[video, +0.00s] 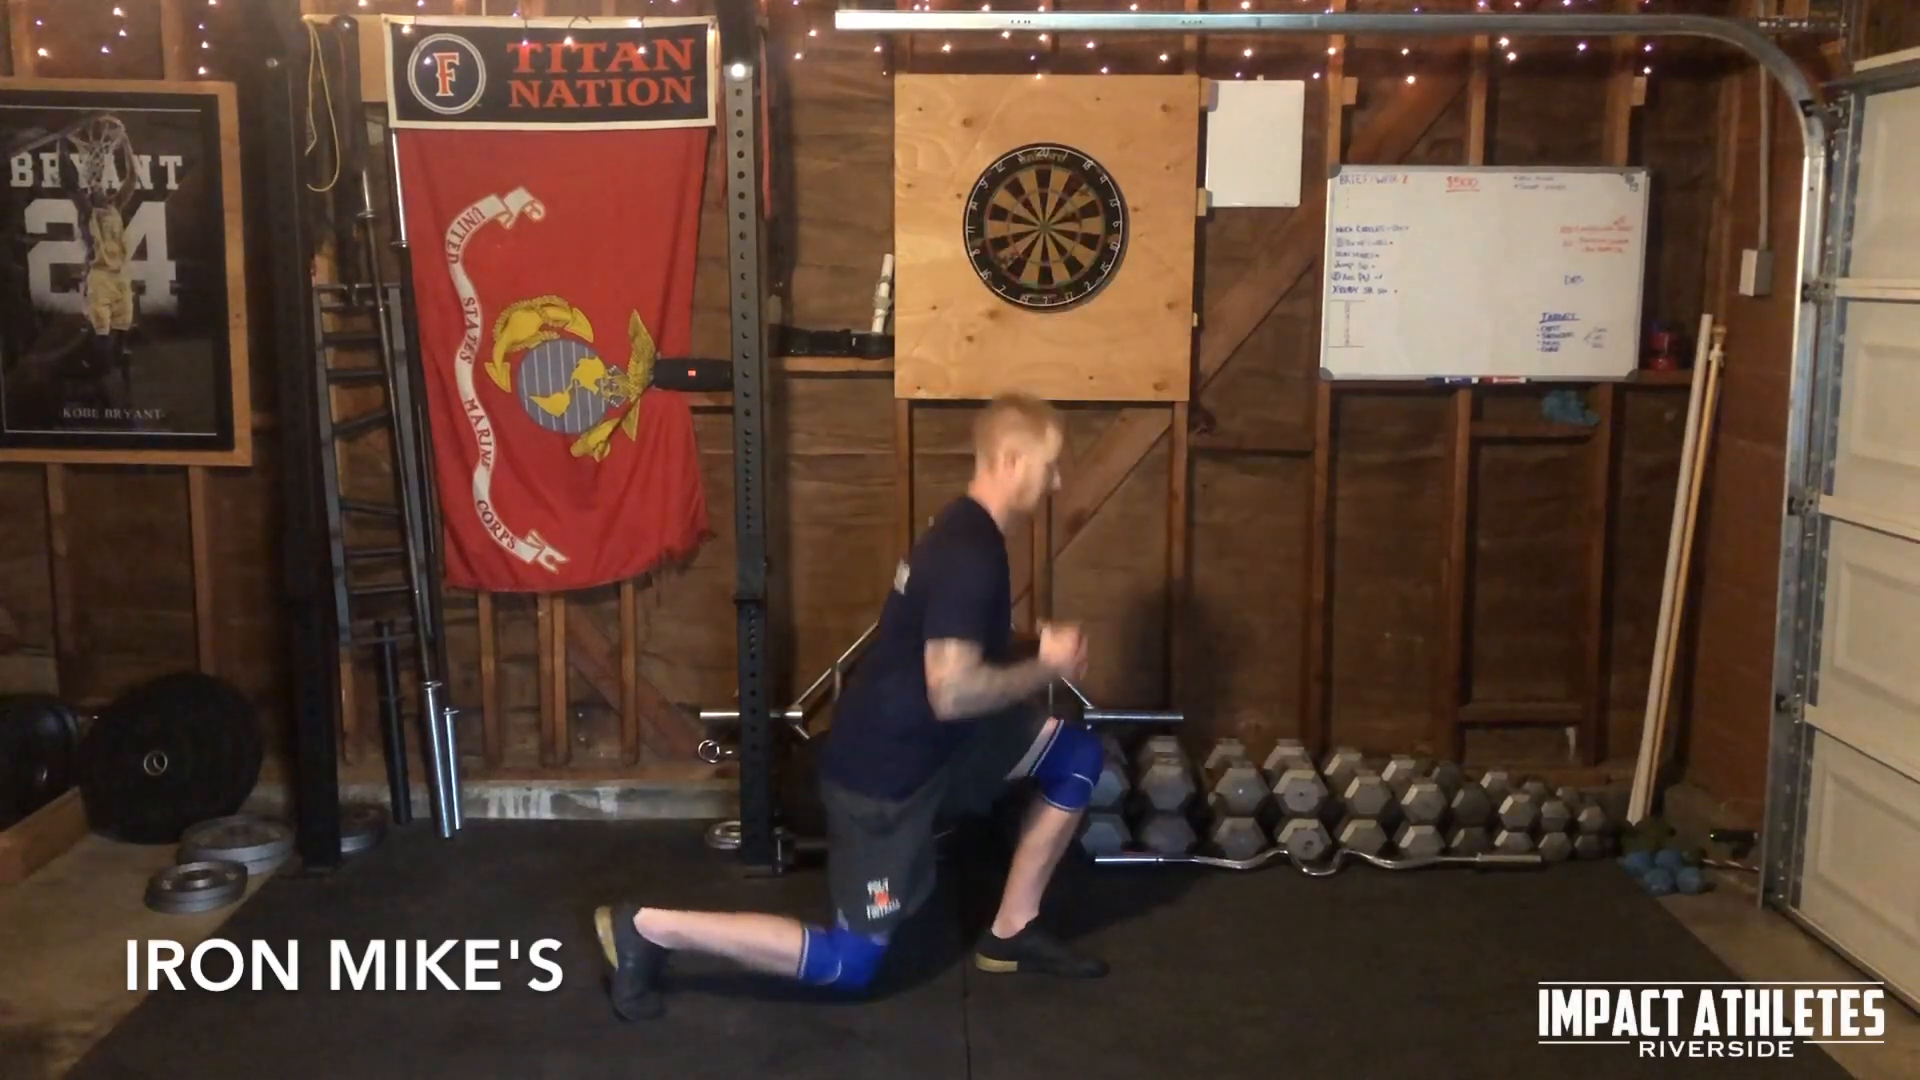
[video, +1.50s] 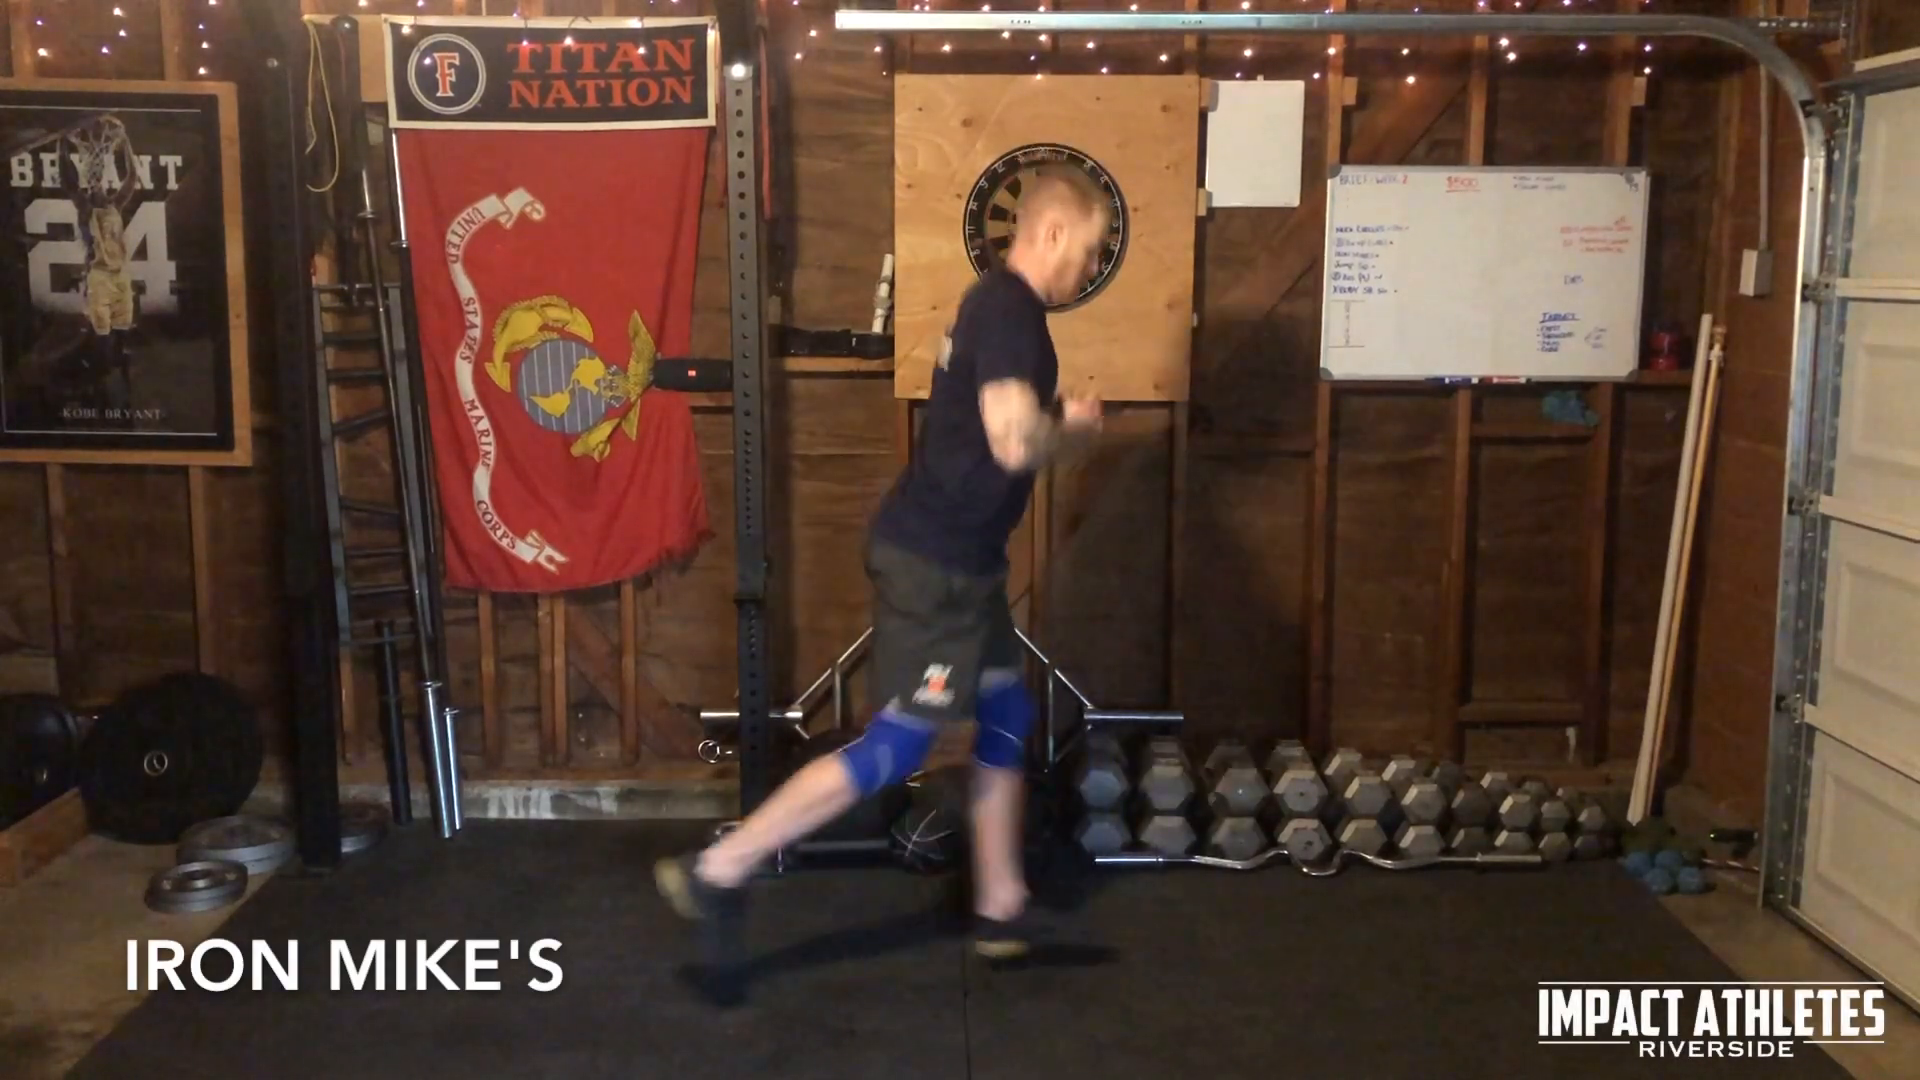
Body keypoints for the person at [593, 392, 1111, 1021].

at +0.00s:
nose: (1054, 480)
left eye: (1056, 466)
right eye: (1049, 464)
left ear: (1002, 458)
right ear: (1010, 460)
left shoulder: (979, 533)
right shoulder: (967, 545)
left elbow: (973, 648)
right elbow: (950, 692)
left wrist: (1037, 648)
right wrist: (1047, 666)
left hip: (939, 745)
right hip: (882, 771)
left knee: (1077, 756)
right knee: (851, 959)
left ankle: (1011, 932)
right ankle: (642, 928)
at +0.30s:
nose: (1072, 265)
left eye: (1076, 249)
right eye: (1069, 246)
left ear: (1011, 234)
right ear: (1024, 233)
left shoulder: (990, 315)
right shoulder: (974, 310)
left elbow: (973, 412)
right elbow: (957, 433)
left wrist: (1033, 408)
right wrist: (1041, 433)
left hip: (928, 544)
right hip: (899, 545)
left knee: (966, 718)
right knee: (940, 735)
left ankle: (889, 891)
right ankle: (776, 871)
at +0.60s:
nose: (1074, 363)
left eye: (1077, 347)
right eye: (1071, 345)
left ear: (1017, 335)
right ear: (1033, 338)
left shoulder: (1001, 416)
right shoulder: (980, 411)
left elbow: (967, 513)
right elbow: (932, 519)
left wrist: (1031, 509)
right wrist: (1032, 520)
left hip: (885, 636)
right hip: (911, 642)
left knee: (850, 806)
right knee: (1069, 772)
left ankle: (653, 889)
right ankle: (1046, 976)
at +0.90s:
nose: (1076, 511)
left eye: (1077, 496)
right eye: (1070, 495)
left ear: (1017, 493)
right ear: (1030, 493)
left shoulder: (972, 554)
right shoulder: (988, 560)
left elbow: (948, 670)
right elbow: (956, 697)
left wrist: (1021, 672)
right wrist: (1041, 697)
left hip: (866, 775)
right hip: (904, 777)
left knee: (852, 948)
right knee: (1105, 779)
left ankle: (662, 897)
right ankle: (1049, 976)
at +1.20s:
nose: (1061, 321)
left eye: (1065, 303)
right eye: (1057, 302)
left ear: (1002, 298)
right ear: (1020, 297)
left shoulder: (990, 380)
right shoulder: (980, 379)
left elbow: (1002, 490)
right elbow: (975, 484)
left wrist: (1048, 468)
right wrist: (1051, 467)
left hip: (897, 604)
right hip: (937, 610)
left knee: (858, 770)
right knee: (1056, 754)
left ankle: (673, 871)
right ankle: (1047, 968)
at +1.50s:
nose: (1090, 270)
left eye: (1096, 254)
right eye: (1090, 249)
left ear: (1040, 232)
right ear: (1050, 231)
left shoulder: (1010, 307)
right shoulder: (1006, 308)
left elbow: (997, 426)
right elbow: (1015, 446)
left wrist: (1051, 414)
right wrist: (1072, 426)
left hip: (968, 560)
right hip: (930, 559)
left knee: (1005, 716)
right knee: (897, 743)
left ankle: (1000, 906)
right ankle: (716, 867)